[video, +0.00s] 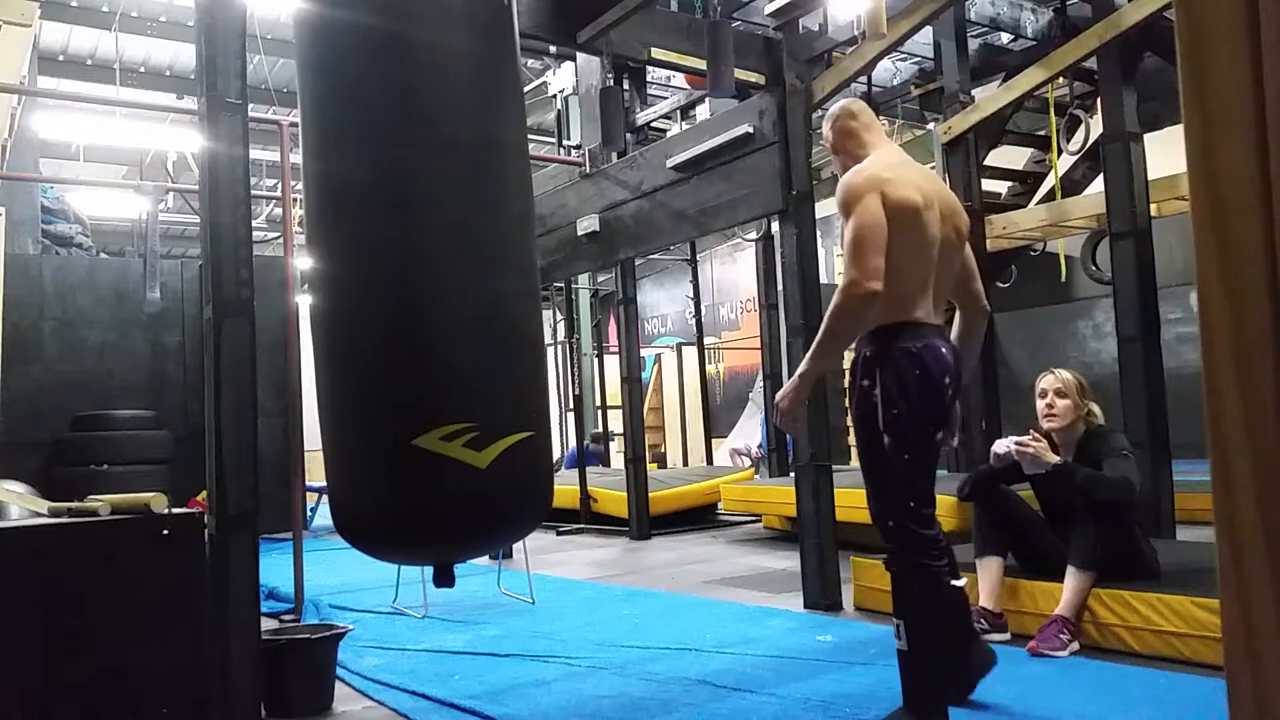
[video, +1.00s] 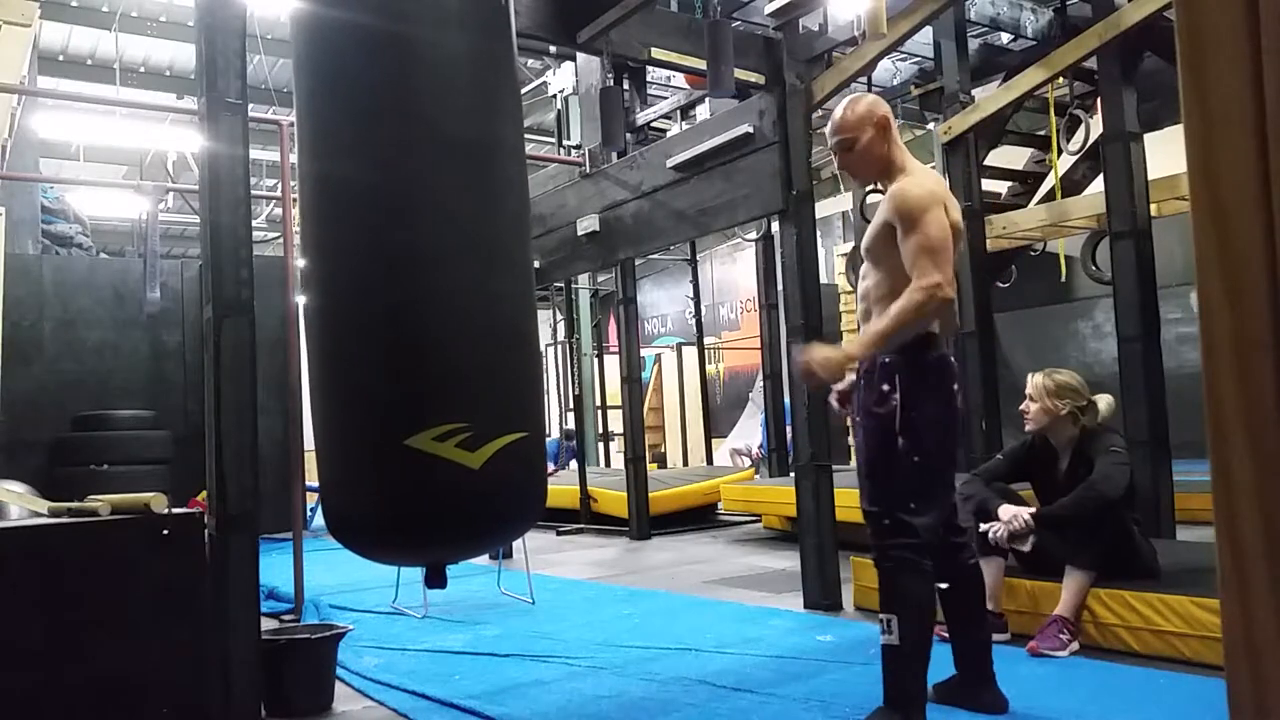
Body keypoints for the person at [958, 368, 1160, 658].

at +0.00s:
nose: (1048, 402)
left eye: (1060, 394)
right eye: (1042, 395)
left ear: (1081, 405)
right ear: (1035, 406)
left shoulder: (1108, 441)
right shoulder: (1035, 450)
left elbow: (1125, 488)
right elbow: (966, 492)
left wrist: (1055, 463)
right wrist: (994, 465)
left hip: (1121, 561)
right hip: (1063, 560)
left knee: (1094, 502)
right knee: (989, 493)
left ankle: (1064, 620)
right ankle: (989, 612)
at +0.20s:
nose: (1049, 407)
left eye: (1060, 399)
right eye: (1042, 400)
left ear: (1081, 408)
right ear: (1035, 409)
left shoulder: (1106, 442)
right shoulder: (1034, 450)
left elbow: (1120, 488)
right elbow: (964, 494)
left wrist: (1038, 490)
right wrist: (977, 481)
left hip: (1120, 560)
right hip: (1059, 557)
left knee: (1093, 501)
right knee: (988, 499)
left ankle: (1065, 620)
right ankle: (989, 612)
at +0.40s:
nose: (1040, 409)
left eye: (1052, 401)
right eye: (1034, 402)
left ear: (1075, 409)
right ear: (1028, 411)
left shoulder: (1102, 442)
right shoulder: (1029, 449)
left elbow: (1104, 487)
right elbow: (965, 481)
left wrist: (1026, 514)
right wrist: (994, 496)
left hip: (1116, 557)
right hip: (1054, 554)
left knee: (1093, 504)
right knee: (993, 505)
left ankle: (1063, 620)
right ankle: (990, 614)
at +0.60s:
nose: (1031, 411)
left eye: (1042, 403)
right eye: (1029, 403)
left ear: (1071, 409)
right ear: (1025, 409)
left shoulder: (1103, 444)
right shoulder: (1029, 449)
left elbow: (1102, 491)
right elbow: (972, 483)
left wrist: (1030, 517)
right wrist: (1001, 505)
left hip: (1116, 557)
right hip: (1056, 554)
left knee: (1093, 508)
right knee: (989, 507)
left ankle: (1063, 621)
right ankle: (990, 615)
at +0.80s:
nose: (1028, 409)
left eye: (1039, 400)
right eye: (1028, 401)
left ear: (1070, 406)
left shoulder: (1105, 441)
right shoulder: (1033, 448)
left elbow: (1104, 488)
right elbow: (973, 480)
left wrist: (1029, 519)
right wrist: (1001, 505)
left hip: (1118, 557)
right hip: (1058, 555)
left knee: (1094, 506)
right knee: (986, 506)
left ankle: (1063, 621)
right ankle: (988, 616)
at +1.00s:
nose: (1022, 407)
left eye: (1032, 400)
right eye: (1025, 399)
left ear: (1061, 406)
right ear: (1054, 407)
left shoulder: (1105, 443)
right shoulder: (1033, 448)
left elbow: (1107, 489)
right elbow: (969, 485)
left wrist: (1032, 519)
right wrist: (1000, 508)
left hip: (1118, 558)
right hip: (1058, 555)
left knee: (1095, 506)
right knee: (993, 496)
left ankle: (1063, 621)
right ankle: (991, 613)